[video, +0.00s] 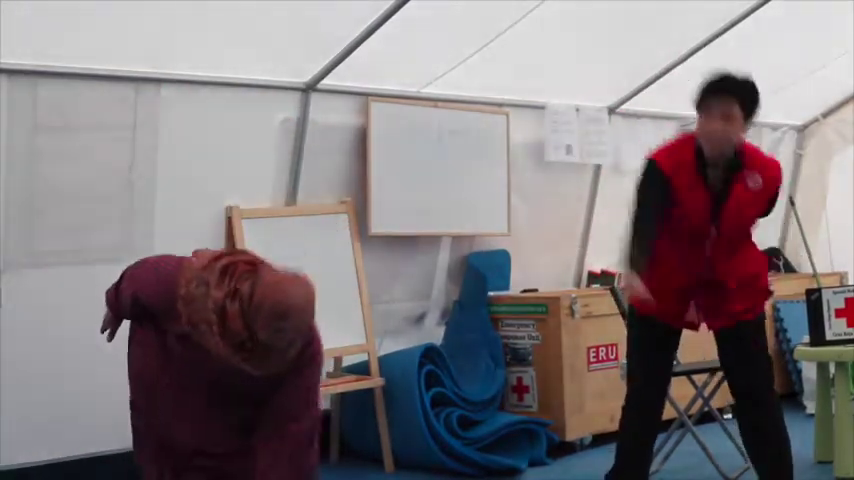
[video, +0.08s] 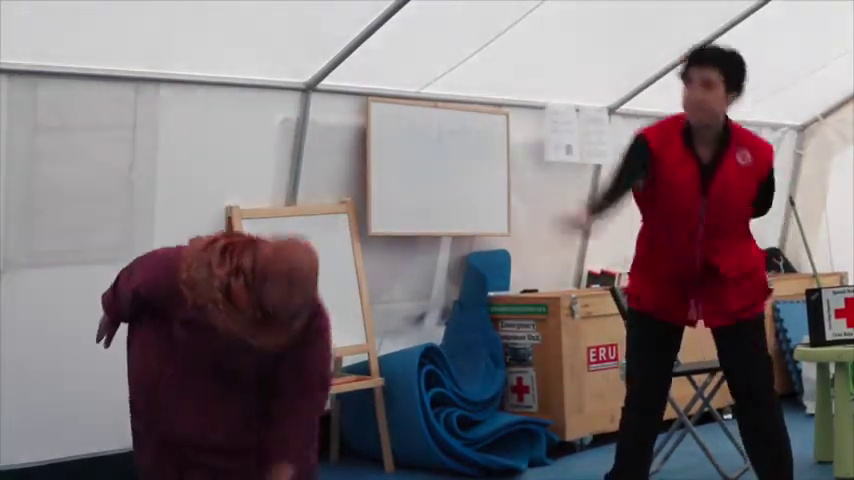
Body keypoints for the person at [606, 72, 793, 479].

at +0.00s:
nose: (715, 127)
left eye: (727, 117)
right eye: (709, 115)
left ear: (745, 125)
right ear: (696, 118)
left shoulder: (764, 172)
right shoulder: (665, 165)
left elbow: (758, 212)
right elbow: (644, 223)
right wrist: (635, 269)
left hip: (733, 287)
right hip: (663, 286)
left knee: (757, 397)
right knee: (644, 399)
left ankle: (777, 474)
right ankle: (626, 476)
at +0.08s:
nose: (695, 93)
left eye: (708, 85)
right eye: (690, 83)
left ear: (730, 96)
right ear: (681, 88)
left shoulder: (755, 153)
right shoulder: (653, 141)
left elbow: (760, 205)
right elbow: (619, 184)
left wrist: (709, 222)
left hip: (732, 284)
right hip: (660, 284)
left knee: (758, 403)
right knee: (643, 405)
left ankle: (777, 476)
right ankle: (625, 478)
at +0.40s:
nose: (656, 69)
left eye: (668, 60)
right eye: (654, 62)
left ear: (700, 72)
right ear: (650, 72)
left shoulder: (734, 135)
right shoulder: (629, 130)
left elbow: (750, 208)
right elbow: (572, 164)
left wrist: (704, 239)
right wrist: (512, 198)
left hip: (715, 281)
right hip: (642, 282)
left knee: (752, 401)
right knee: (636, 406)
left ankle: (776, 478)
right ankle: (625, 479)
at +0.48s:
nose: (651, 67)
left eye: (663, 58)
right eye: (648, 60)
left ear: (694, 71)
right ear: (646, 71)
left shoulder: (727, 133)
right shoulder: (627, 132)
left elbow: (749, 208)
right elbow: (578, 178)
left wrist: (718, 253)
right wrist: (539, 227)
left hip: (711, 281)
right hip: (639, 284)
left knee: (749, 401)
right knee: (634, 406)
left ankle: (775, 476)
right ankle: (624, 478)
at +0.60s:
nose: (640, 66)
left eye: (652, 59)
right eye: (639, 60)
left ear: (682, 72)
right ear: (636, 73)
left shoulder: (716, 130)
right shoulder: (620, 136)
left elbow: (753, 199)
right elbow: (601, 196)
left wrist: (772, 264)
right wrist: (610, 252)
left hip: (706, 281)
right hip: (635, 285)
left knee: (746, 401)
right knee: (631, 408)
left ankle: (775, 476)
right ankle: (623, 479)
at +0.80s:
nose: (616, 73)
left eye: (625, 64)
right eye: (614, 65)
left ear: (658, 72)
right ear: (618, 78)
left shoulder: (697, 118)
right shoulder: (612, 138)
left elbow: (755, 139)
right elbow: (625, 205)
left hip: (701, 276)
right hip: (635, 283)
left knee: (742, 396)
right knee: (630, 407)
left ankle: (774, 476)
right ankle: (622, 478)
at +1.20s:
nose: (531, 155)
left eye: (537, 143)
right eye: (528, 146)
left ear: (562, 135)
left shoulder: (602, 157)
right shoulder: (579, 183)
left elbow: (556, 214)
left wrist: (509, 257)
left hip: (706, 272)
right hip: (653, 291)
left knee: (748, 386)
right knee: (645, 405)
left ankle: (777, 472)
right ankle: (627, 474)